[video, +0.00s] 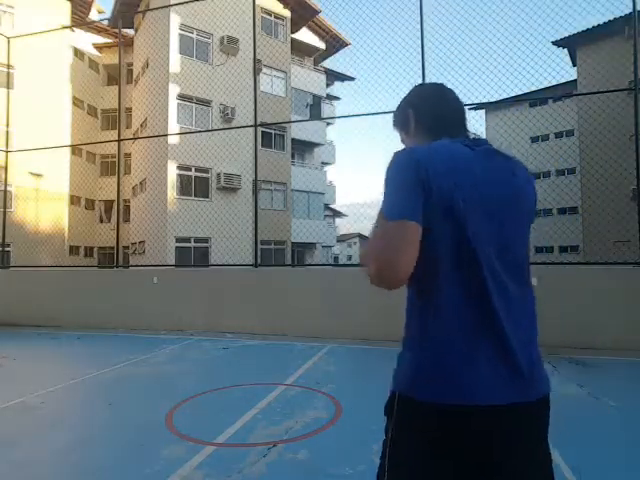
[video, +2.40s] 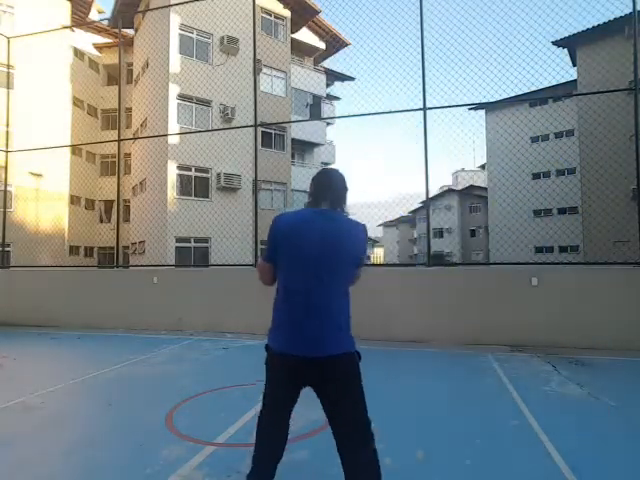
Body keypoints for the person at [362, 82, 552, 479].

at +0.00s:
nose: (405, 145)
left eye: (403, 135)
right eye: (403, 137)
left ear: (414, 124)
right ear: (459, 121)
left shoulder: (414, 162)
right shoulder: (516, 172)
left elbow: (391, 270)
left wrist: (371, 250)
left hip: (438, 396)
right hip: (520, 396)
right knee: (522, 472)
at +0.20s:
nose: (365, 160)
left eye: (364, 151)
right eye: (363, 152)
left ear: (372, 144)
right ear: (414, 141)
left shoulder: (374, 179)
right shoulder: (472, 182)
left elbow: (334, 282)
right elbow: (487, 281)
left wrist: (328, 250)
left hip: (396, 388)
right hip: (474, 385)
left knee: (370, 473)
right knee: (474, 473)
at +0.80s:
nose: (409, 155)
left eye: (408, 145)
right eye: (409, 145)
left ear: (418, 143)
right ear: (462, 143)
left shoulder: (407, 184)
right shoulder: (511, 183)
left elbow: (373, 276)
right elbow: (523, 274)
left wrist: (365, 247)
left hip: (427, 386)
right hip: (507, 385)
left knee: (398, 473)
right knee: (513, 474)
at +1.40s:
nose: (416, 161)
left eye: (416, 152)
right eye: (416, 152)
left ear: (424, 153)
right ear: (466, 156)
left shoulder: (400, 194)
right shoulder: (497, 210)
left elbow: (356, 269)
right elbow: (480, 269)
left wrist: (388, 229)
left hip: (404, 383)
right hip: (475, 385)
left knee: (371, 473)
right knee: (488, 474)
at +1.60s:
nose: (372, 167)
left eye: (373, 160)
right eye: (373, 160)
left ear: (380, 163)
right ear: (416, 164)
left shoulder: (360, 208)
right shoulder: (443, 214)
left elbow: (323, 276)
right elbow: (434, 266)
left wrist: (346, 245)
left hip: (367, 374)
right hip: (430, 373)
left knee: (339, 470)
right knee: (445, 471)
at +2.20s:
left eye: (340, 187)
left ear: (340, 189)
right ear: (376, 192)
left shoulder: (316, 219)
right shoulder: (393, 228)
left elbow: (281, 276)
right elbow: (389, 278)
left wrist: (311, 249)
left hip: (316, 356)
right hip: (369, 359)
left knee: (286, 440)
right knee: (386, 453)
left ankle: (271, 475)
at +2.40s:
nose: (343, 199)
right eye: (345, 194)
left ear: (310, 193)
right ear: (343, 196)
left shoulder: (283, 223)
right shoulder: (355, 231)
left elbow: (266, 276)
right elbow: (350, 278)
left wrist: (297, 255)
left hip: (285, 352)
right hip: (335, 354)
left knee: (270, 432)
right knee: (355, 438)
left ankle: (259, 476)